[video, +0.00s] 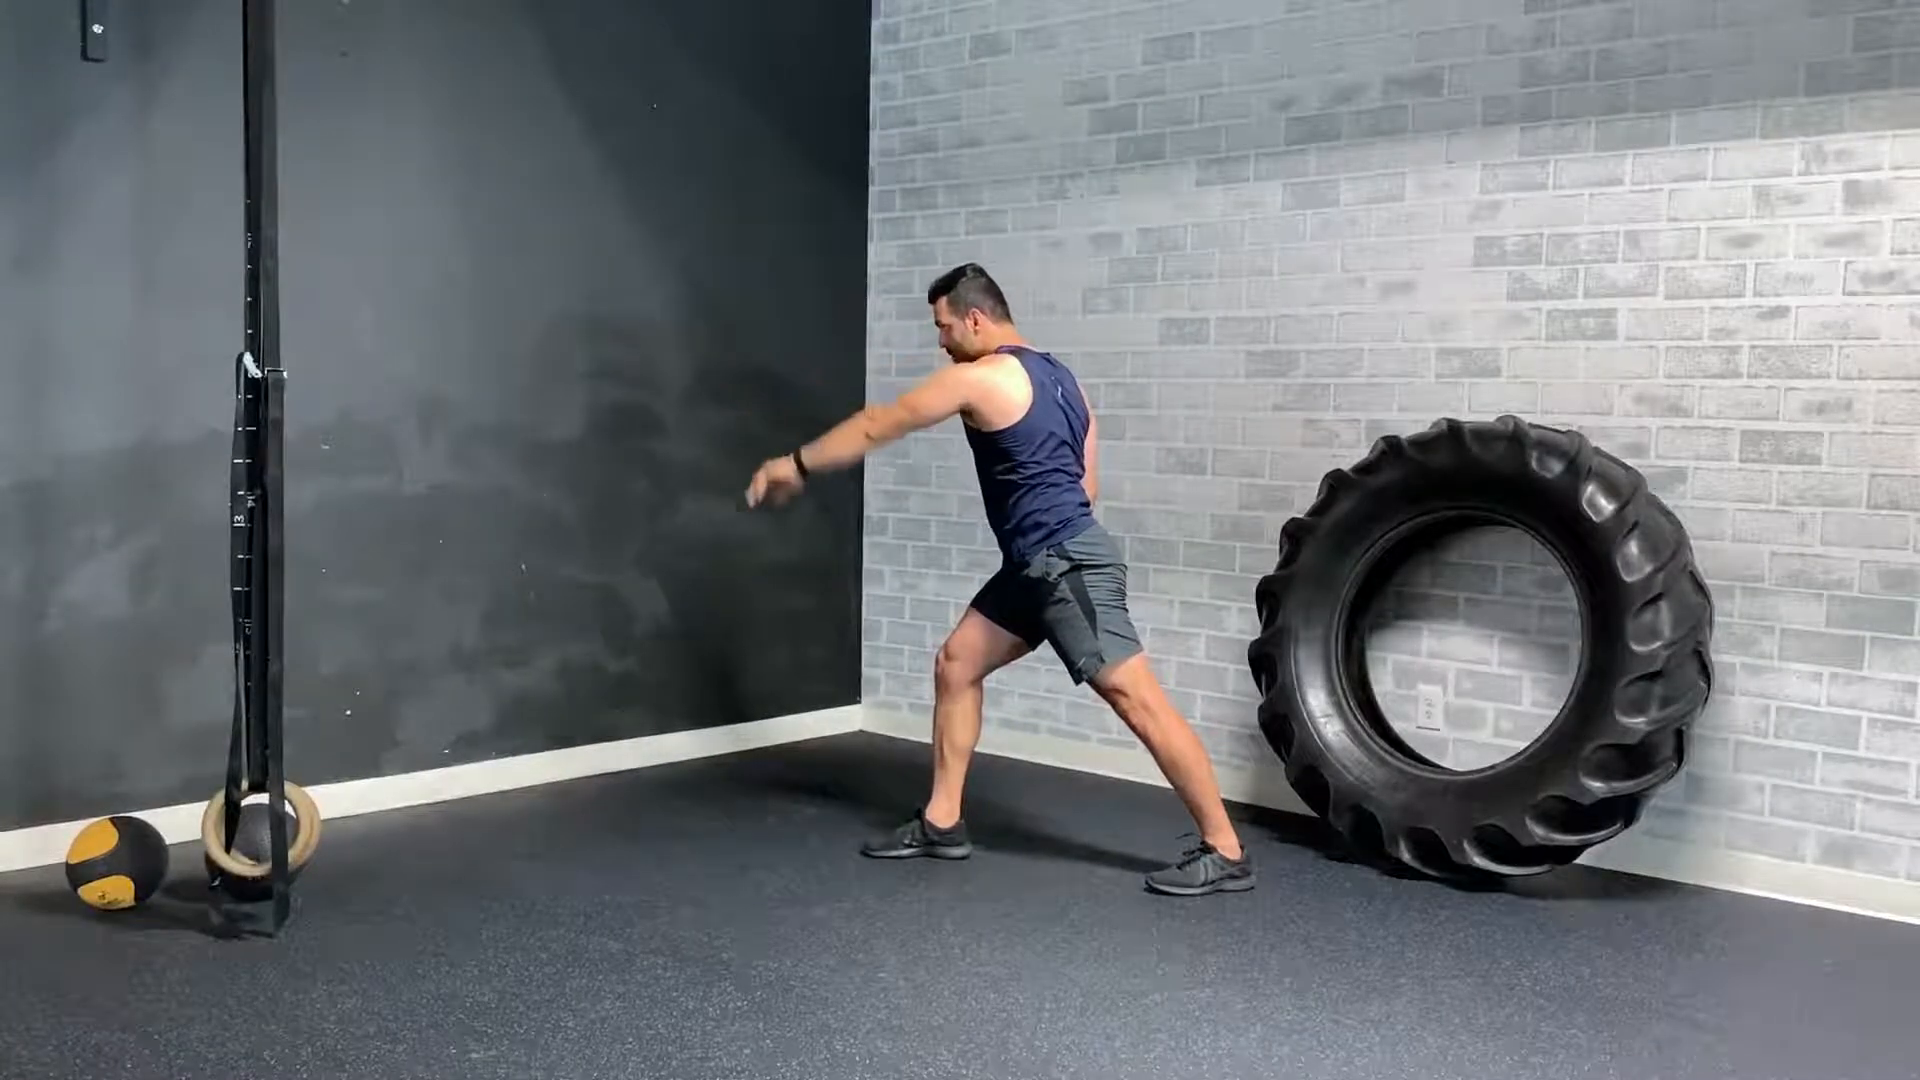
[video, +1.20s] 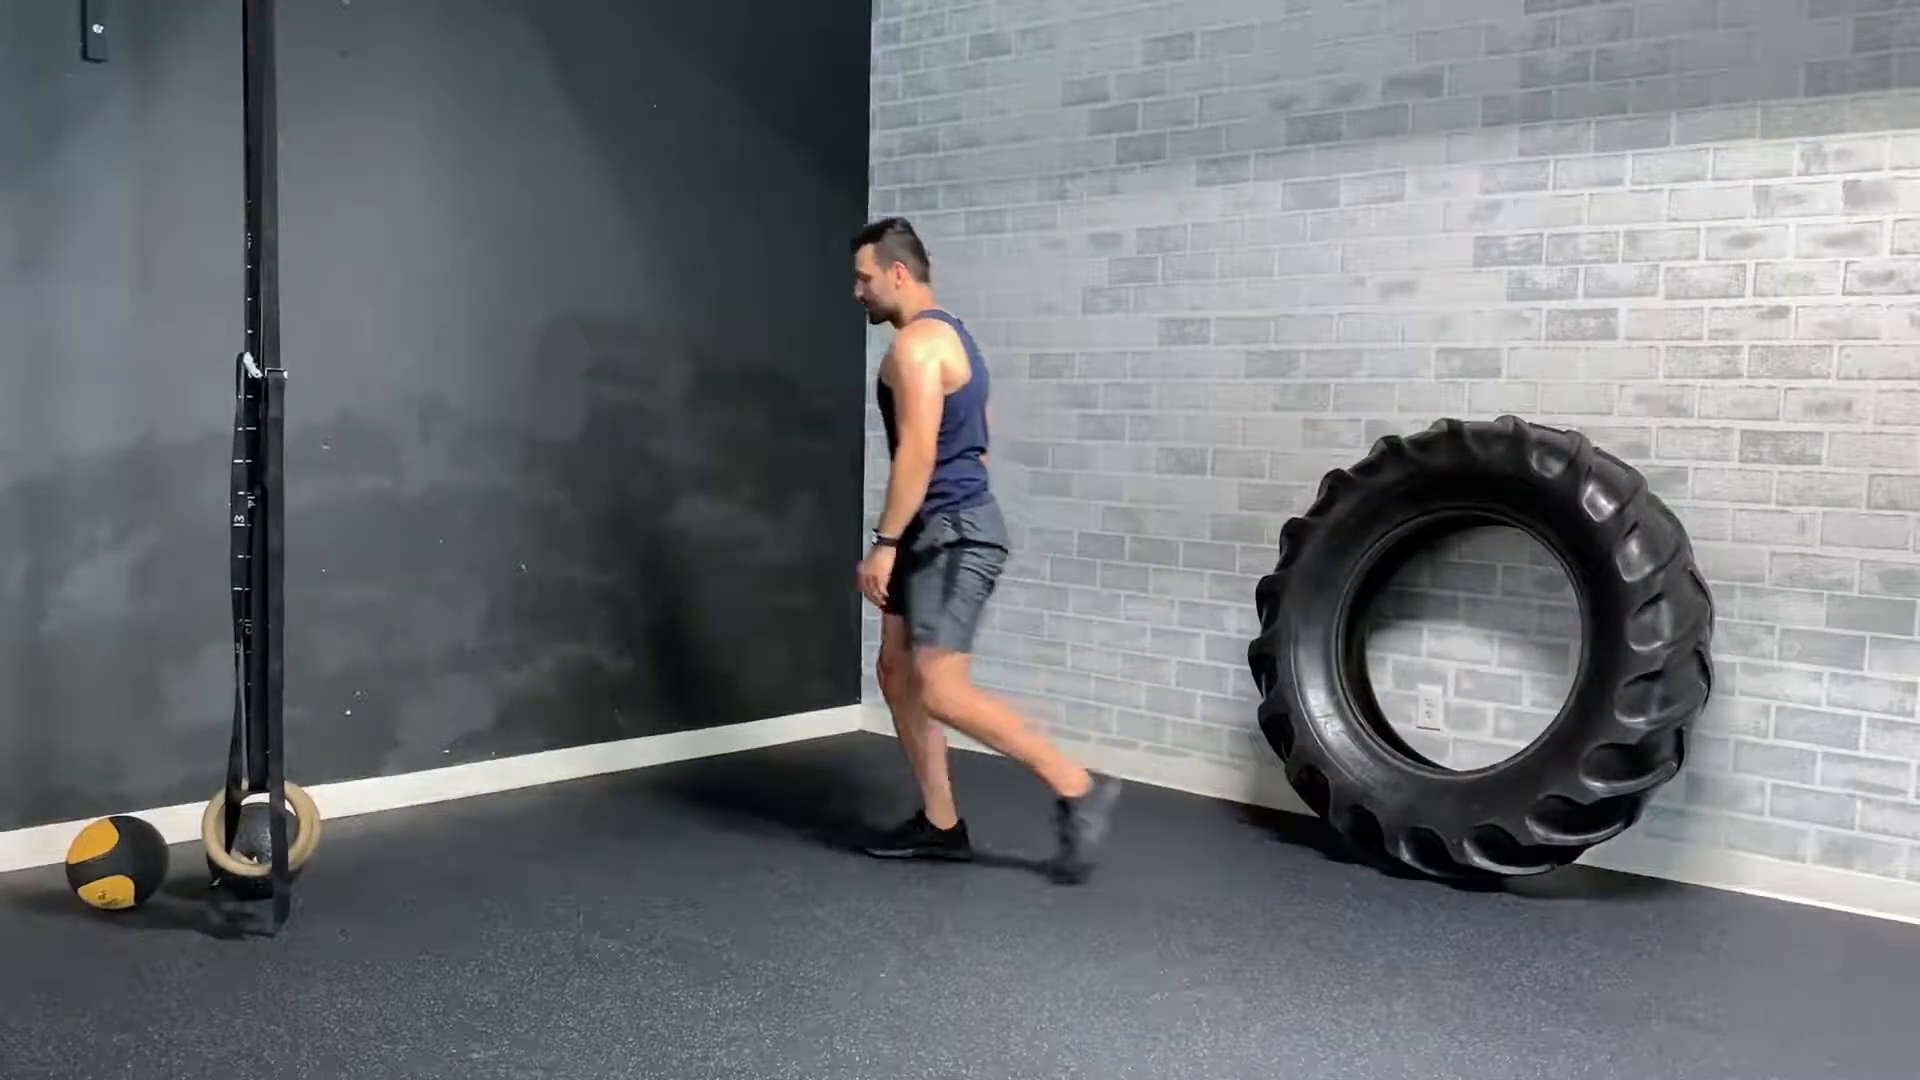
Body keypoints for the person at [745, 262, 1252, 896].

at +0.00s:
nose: (941, 342)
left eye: (943, 327)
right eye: (939, 330)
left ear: (973, 317)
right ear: (992, 315)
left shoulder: (975, 376)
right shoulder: (1060, 378)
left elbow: (877, 426)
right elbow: (1084, 489)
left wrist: (798, 463)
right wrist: (1044, 549)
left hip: (1067, 561)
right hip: (1049, 564)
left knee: (1139, 701)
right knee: (958, 662)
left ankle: (1225, 849)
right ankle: (942, 822)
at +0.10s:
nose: (950, 334)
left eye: (953, 319)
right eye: (948, 321)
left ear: (985, 313)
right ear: (1003, 313)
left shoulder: (992, 379)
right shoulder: (1070, 378)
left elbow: (914, 471)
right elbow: (1087, 490)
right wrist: (1051, 550)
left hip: (1069, 564)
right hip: (1045, 565)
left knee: (1139, 704)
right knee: (959, 662)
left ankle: (1225, 848)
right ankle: (942, 825)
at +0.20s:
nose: (957, 330)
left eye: (960, 316)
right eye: (955, 317)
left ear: (992, 309)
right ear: (1010, 310)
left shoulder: (1001, 381)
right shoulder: (1071, 375)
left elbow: (973, 496)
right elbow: (1091, 488)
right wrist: (1044, 547)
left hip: (1071, 561)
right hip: (1051, 563)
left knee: (1138, 702)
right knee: (960, 665)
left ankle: (1225, 848)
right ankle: (941, 824)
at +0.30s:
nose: (964, 324)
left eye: (967, 310)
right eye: (962, 311)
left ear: (1000, 305)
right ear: (1014, 305)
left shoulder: (1016, 380)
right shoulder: (1067, 365)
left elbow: (1032, 493)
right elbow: (1093, 481)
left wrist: (1033, 588)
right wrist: (1053, 547)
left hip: (1076, 559)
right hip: (1058, 555)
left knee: (1141, 700)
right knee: (965, 666)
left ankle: (1225, 848)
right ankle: (940, 824)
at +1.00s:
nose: (913, 318)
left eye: (919, 305)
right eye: (912, 306)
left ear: (955, 303)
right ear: (963, 305)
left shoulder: (974, 378)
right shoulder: (1002, 363)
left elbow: (978, 491)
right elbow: (1008, 483)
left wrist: (946, 580)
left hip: (1025, 558)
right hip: (1001, 561)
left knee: (1094, 696)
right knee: (915, 671)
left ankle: (1205, 829)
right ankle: (939, 827)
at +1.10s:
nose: (886, 305)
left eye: (891, 292)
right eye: (884, 293)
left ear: (926, 288)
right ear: (935, 290)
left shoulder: (939, 363)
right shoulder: (976, 349)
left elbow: (940, 473)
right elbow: (981, 466)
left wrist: (913, 562)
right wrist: (937, 558)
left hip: (984, 547)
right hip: (968, 546)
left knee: (1020, 699)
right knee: (902, 674)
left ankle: (1162, 807)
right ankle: (940, 825)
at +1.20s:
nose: (857, 293)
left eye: (864, 279)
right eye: (856, 280)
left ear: (900, 275)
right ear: (906, 277)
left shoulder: (916, 346)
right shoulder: (944, 335)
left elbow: (917, 453)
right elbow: (965, 449)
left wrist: (885, 542)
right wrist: (906, 534)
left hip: (956, 531)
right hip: (931, 531)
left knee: (939, 686)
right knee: (898, 674)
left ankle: (1080, 789)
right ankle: (940, 823)